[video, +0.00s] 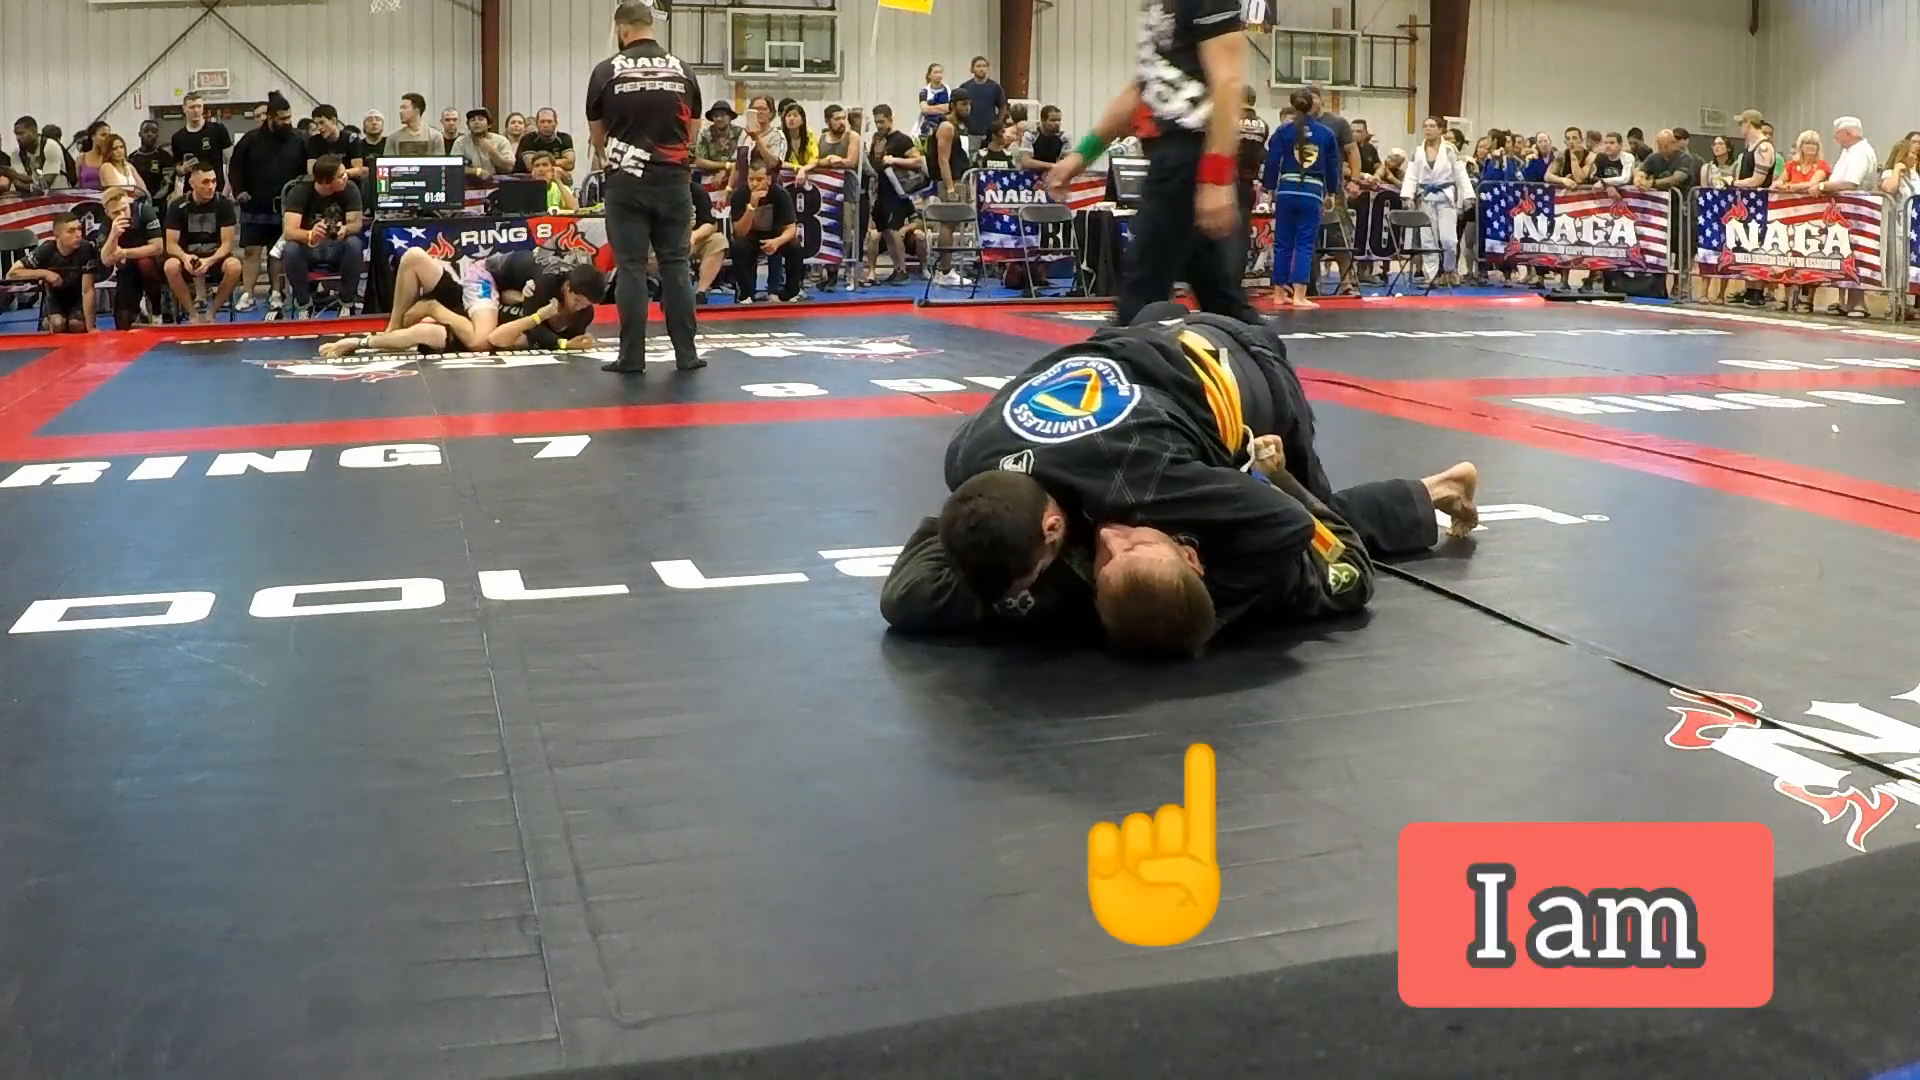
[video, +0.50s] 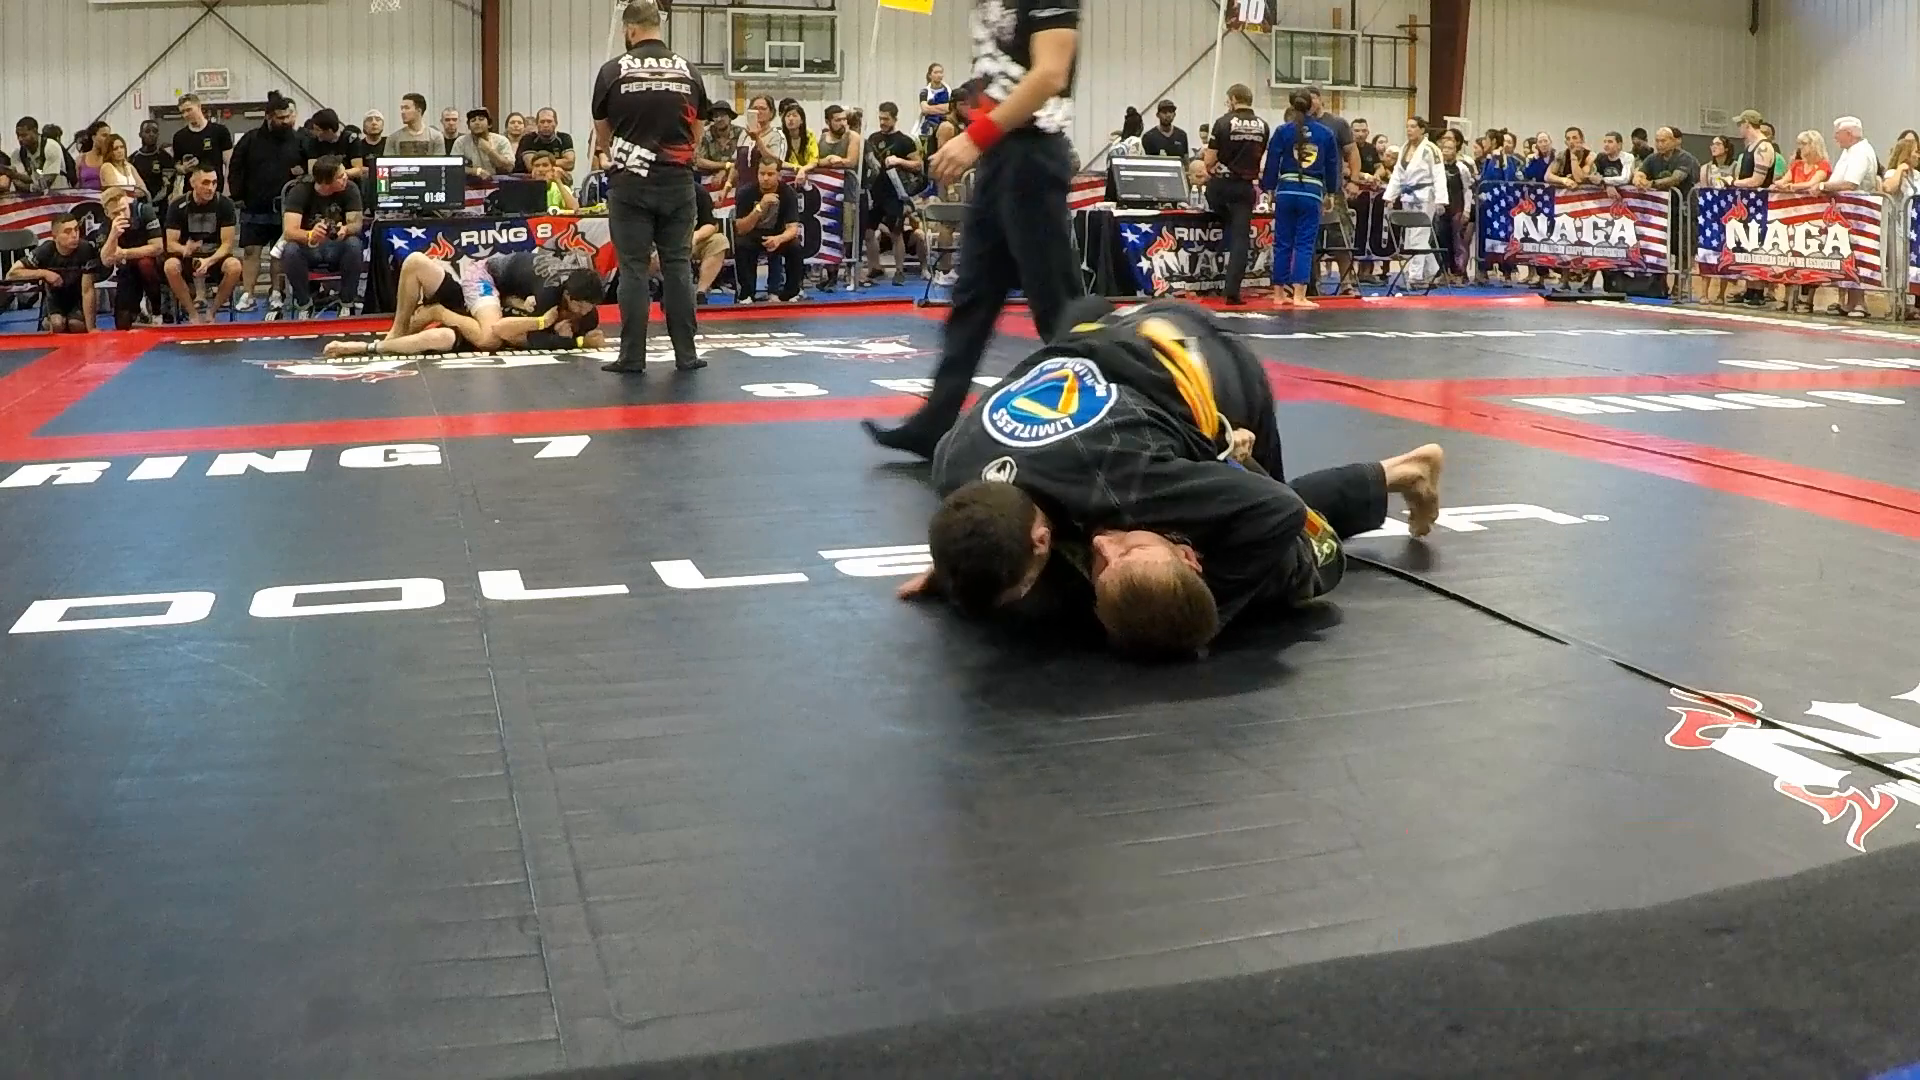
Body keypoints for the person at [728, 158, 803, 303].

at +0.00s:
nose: (755, 184)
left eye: (760, 179)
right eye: (751, 179)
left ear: (769, 180)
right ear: (747, 179)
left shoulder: (781, 195)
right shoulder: (739, 195)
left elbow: (791, 229)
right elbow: (739, 232)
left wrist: (777, 242)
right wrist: (751, 206)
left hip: (776, 236)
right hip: (752, 236)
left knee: (795, 249)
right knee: (740, 247)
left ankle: (791, 294)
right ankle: (745, 295)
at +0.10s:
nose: (755, 183)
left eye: (760, 179)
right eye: (752, 179)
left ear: (769, 179)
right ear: (748, 178)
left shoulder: (781, 195)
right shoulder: (740, 194)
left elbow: (791, 229)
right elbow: (739, 232)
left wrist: (777, 242)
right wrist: (752, 206)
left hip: (775, 236)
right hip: (752, 235)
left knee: (795, 249)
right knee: (740, 247)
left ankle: (790, 293)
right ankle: (745, 295)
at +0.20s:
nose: (757, 182)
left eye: (761, 178)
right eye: (753, 178)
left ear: (771, 179)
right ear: (749, 178)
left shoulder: (782, 194)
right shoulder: (741, 194)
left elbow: (791, 229)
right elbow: (739, 231)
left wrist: (777, 241)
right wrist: (753, 206)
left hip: (776, 236)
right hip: (752, 236)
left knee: (794, 249)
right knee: (741, 247)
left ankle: (792, 293)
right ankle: (746, 295)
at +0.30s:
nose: (759, 181)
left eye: (763, 177)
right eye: (755, 177)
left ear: (773, 177)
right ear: (751, 177)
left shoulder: (784, 194)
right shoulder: (743, 193)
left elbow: (792, 228)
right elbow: (740, 230)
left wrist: (777, 240)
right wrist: (755, 205)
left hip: (777, 235)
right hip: (753, 236)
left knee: (795, 249)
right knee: (741, 247)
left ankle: (791, 293)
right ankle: (746, 295)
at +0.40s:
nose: (762, 180)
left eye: (767, 175)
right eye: (758, 175)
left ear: (775, 176)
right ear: (753, 175)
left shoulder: (785, 193)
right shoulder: (744, 193)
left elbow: (792, 229)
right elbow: (741, 230)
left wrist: (778, 240)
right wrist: (757, 206)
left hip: (777, 235)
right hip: (752, 235)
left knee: (794, 249)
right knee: (742, 248)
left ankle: (791, 294)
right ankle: (746, 295)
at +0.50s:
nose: (765, 178)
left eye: (770, 174)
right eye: (762, 174)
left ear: (778, 175)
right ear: (757, 174)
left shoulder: (787, 193)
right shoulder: (746, 192)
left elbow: (792, 229)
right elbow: (740, 229)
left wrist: (779, 239)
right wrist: (760, 208)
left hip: (778, 235)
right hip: (753, 235)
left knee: (795, 250)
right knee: (743, 248)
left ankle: (790, 294)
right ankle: (746, 295)